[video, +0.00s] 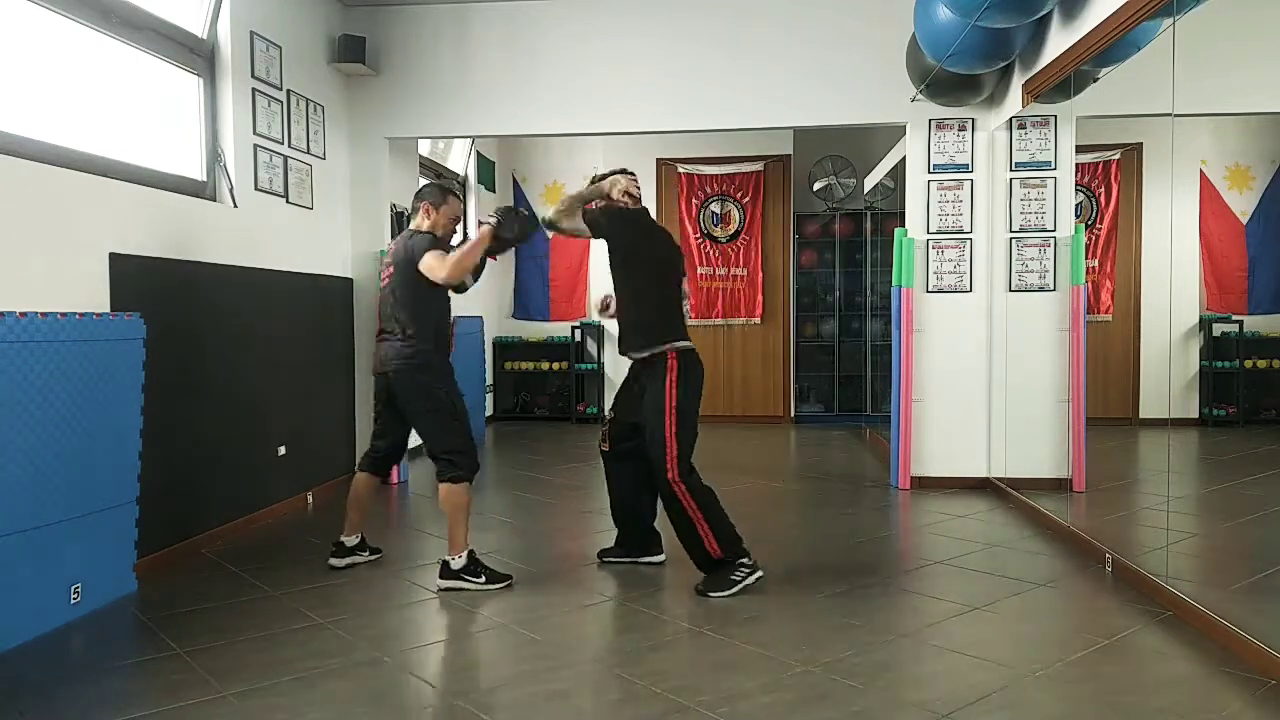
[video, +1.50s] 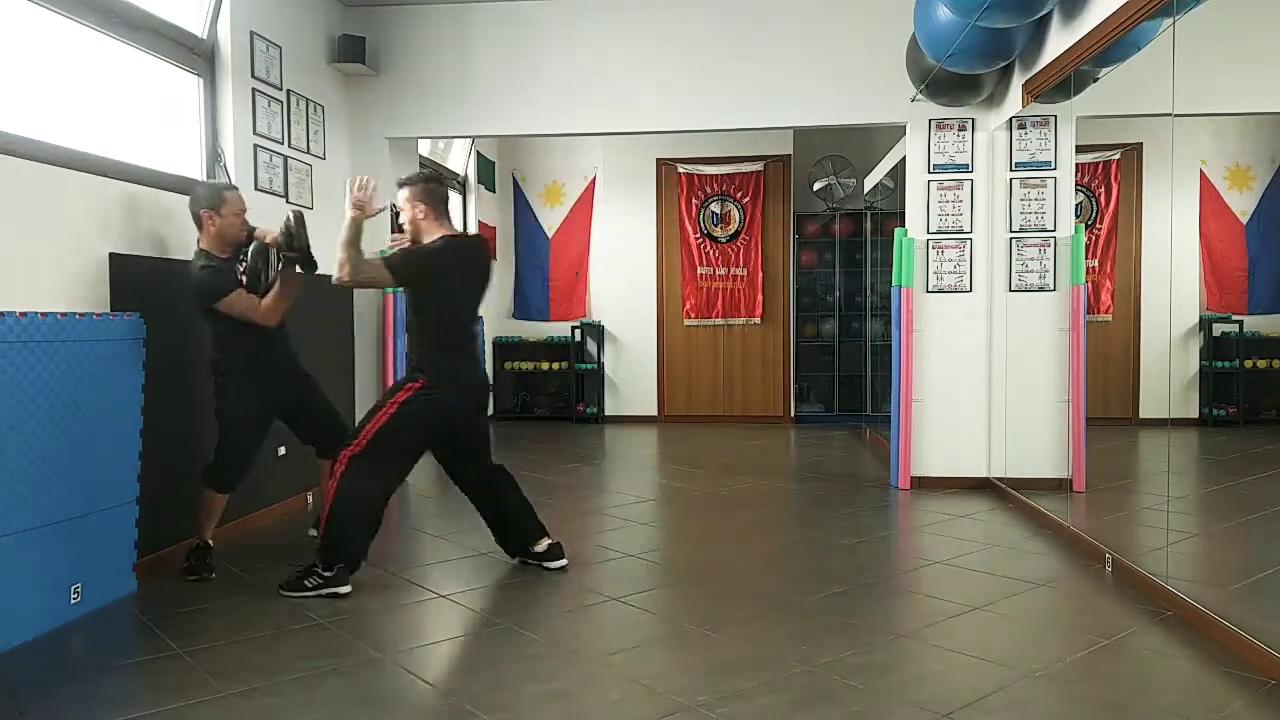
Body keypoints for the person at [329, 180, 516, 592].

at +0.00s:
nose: (455, 227)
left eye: (457, 220)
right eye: (452, 218)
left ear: (422, 211)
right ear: (427, 209)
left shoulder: (400, 245)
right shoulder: (419, 242)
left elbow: (457, 282)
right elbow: (447, 272)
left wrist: (480, 251)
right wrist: (483, 236)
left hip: (391, 366)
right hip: (421, 367)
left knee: (379, 456)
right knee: (457, 460)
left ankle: (349, 542)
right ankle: (458, 561)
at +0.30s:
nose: (432, 218)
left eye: (434, 212)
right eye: (427, 210)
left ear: (428, 213)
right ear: (407, 208)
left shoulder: (389, 247)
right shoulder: (392, 234)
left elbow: (401, 304)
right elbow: (396, 205)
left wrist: (438, 282)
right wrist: (444, 174)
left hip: (370, 362)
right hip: (396, 362)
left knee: (368, 455)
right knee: (430, 458)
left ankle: (343, 543)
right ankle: (424, 560)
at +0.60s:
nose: (400, 216)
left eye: (403, 209)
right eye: (394, 208)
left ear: (395, 210)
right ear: (366, 207)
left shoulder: (391, 250)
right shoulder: (357, 243)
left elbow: (421, 288)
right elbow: (338, 302)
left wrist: (439, 244)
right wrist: (399, 311)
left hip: (393, 370)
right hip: (385, 372)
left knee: (379, 455)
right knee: (425, 462)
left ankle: (341, 538)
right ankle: (410, 561)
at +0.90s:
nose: (373, 232)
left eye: (375, 224)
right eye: (366, 224)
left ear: (357, 218)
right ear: (338, 215)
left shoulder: (369, 246)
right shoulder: (313, 266)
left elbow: (404, 273)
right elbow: (312, 332)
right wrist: (369, 338)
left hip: (364, 365)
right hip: (331, 369)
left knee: (361, 457)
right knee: (358, 458)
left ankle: (332, 538)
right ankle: (366, 553)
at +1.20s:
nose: (320, 237)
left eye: (321, 230)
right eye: (314, 230)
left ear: (299, 228)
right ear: (285, 228)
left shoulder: (317, 251)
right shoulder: (260, 279)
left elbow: (351, 273)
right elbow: (276, 346)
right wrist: (325, 339)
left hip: (318, 377)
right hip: (272, 382)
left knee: (354, 452)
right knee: (248, 465)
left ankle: (333, 539)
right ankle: (208, 542)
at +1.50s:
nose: (245, 222)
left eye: (244, 214)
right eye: (238, 215)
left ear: (217, 218)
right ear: (209, 219)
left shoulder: (243, 245)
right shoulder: (204, 277)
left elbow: (288, 244)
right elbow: (268, 314)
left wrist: (277, 243)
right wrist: (290, 264)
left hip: (284, 374)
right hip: (242, 384)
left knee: (336, 440)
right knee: (227, 467)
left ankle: (327, 522)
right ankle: (203, 544)